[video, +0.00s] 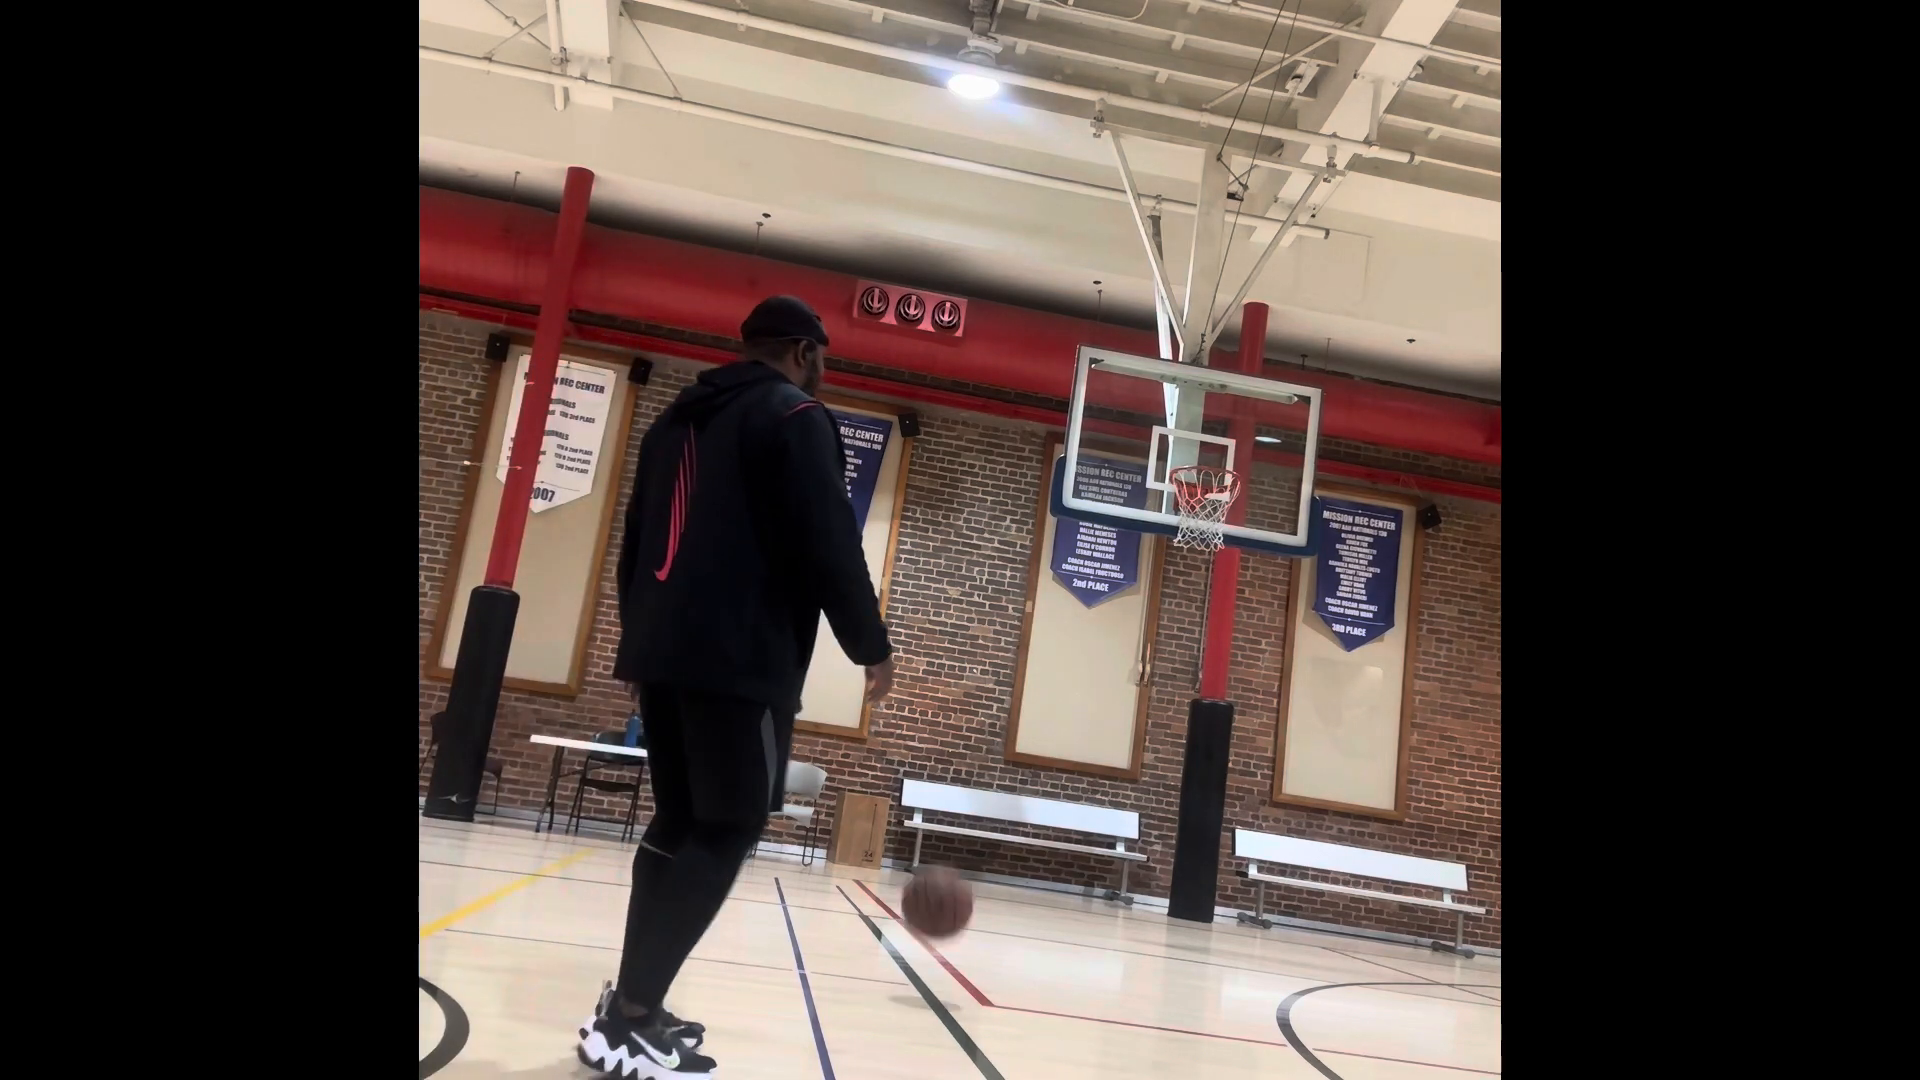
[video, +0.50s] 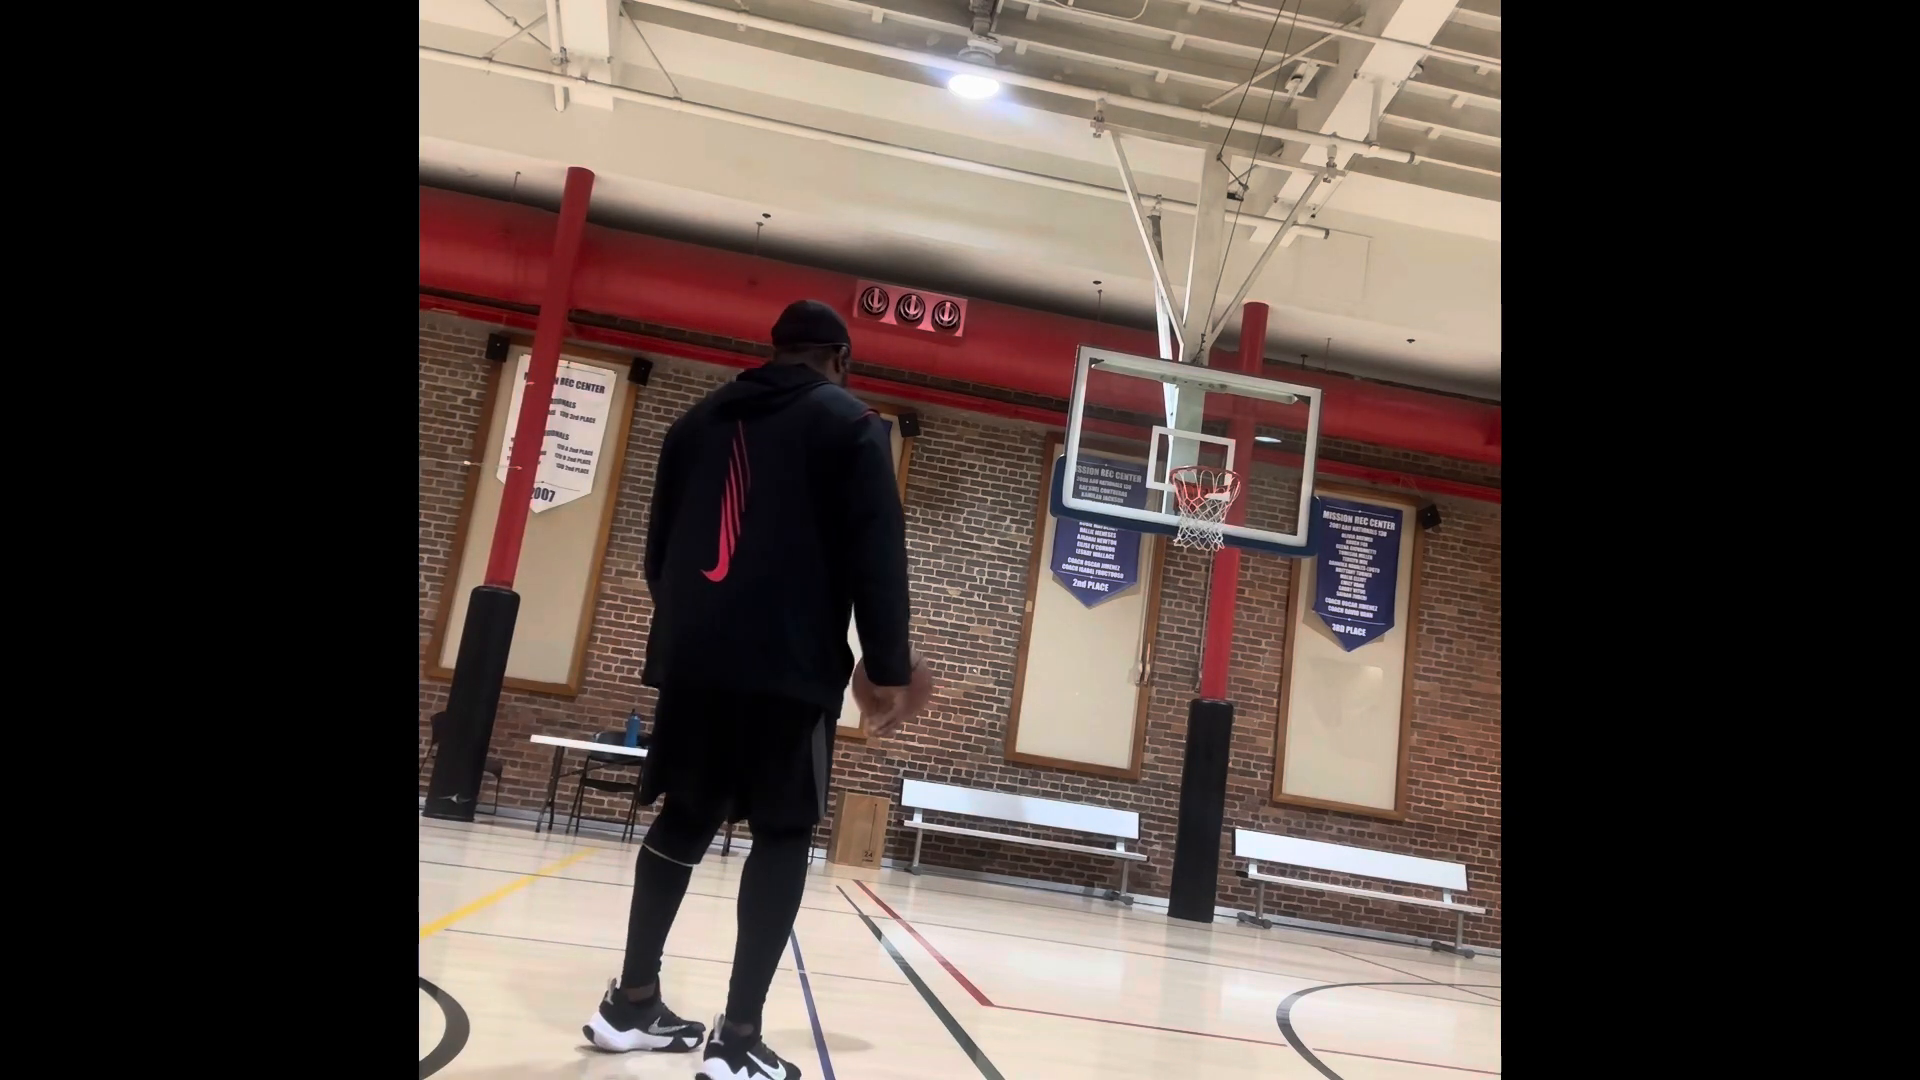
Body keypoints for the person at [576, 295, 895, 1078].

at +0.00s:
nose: (822, 376)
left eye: (822, 365)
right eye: (822, 363)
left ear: (747, 349)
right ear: (801, 354)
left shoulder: (681, 415)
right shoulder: (797, 417)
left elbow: (638, 536)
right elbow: (830, 538)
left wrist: (637, 643)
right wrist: (872, 645)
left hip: (662, 654)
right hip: (739, 665)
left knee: (676, 821)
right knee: (730, 828)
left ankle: (635, 1002)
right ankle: (629, 1019)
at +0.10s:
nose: (825, 383)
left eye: (825, 372)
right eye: (825, 370)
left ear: (748, 355)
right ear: (804, 361)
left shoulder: (687, 418)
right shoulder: (800, 422)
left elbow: (660, 540)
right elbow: (830, 546)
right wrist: (876, 650)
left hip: (659, 652)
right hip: (751, 662)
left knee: (681, 813)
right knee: (781, 815)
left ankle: (626, 999)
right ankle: (672, 988)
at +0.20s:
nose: (824, 382)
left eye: (824, 372)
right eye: (825, 370)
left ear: (752, 356)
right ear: (807, 361)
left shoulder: (690, 421)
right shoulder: (807, 423)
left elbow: (667, 542)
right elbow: (837, 546)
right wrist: (873, 659)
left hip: (671, 653)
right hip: (766, 659)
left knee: (686, 809)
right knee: (804, 804)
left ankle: (628, 1002)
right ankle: (720, 978)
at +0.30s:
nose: (828, 380)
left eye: (827, 370)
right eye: (829, 369)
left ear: (755, 355)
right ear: (813, 361)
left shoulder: (691, 426)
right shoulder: (818, 424)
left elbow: (668, 545)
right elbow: (846, 547)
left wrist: (693, 636)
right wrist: (870, 659)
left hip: (681, 658)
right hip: (774, 666)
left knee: (688, 812)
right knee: (794, 826)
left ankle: (630, 1001)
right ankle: (754, 1014)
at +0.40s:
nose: (835, 377)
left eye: (832, 367)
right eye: (836, 366)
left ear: (762, 352)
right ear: (822, 359)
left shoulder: (695, 425)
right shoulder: (835, 427)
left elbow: (666, 551)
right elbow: (861, 555)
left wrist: (688, 643)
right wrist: (877, 666)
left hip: (691, 659)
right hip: (784, 670)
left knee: (692, 813)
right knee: (788, 834)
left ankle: (630, 1001)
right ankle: (739, 1031)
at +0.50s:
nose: (846, 376)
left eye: (842, 367)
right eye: (847, 366)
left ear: (773, 352)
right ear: (834, 359)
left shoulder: (702, 417)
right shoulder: (849, 427)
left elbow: (660, 545)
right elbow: (877, 553)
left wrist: (688, 628)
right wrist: (890, 666)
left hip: (692, 657)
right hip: (790, 667)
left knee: (689, 812)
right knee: (784, 835)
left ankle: (632, 1000)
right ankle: (738, 1037)